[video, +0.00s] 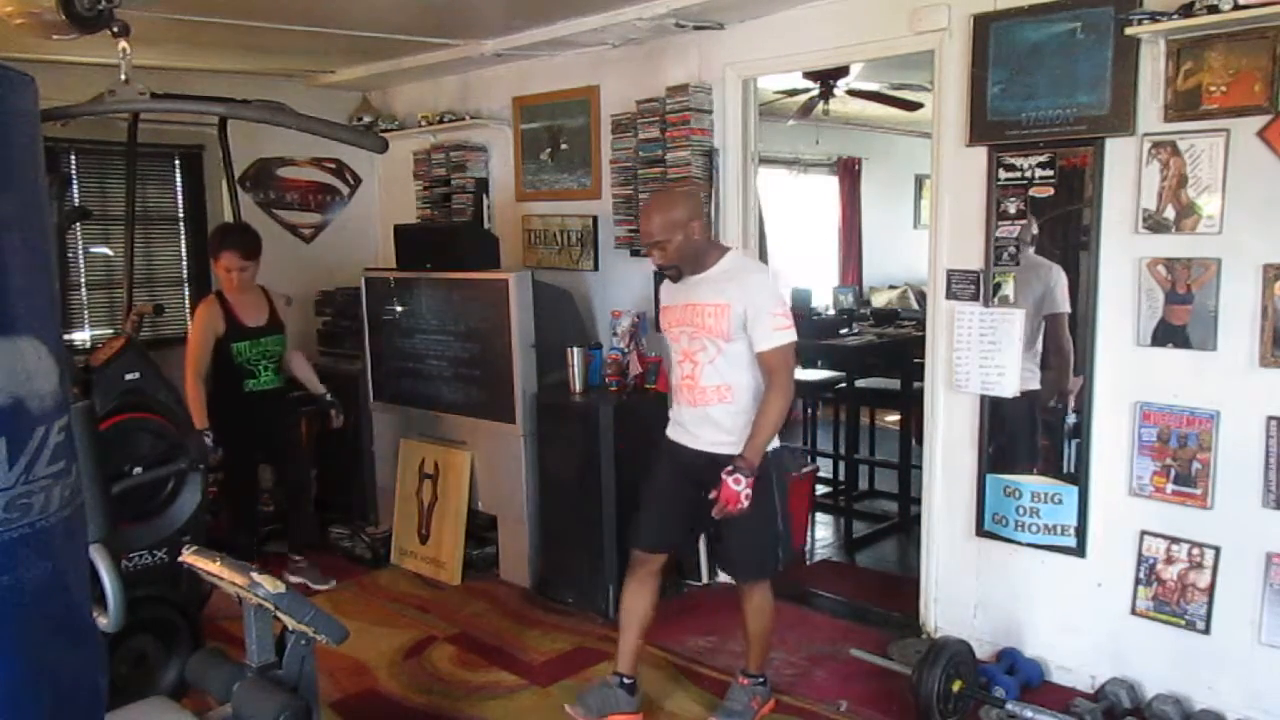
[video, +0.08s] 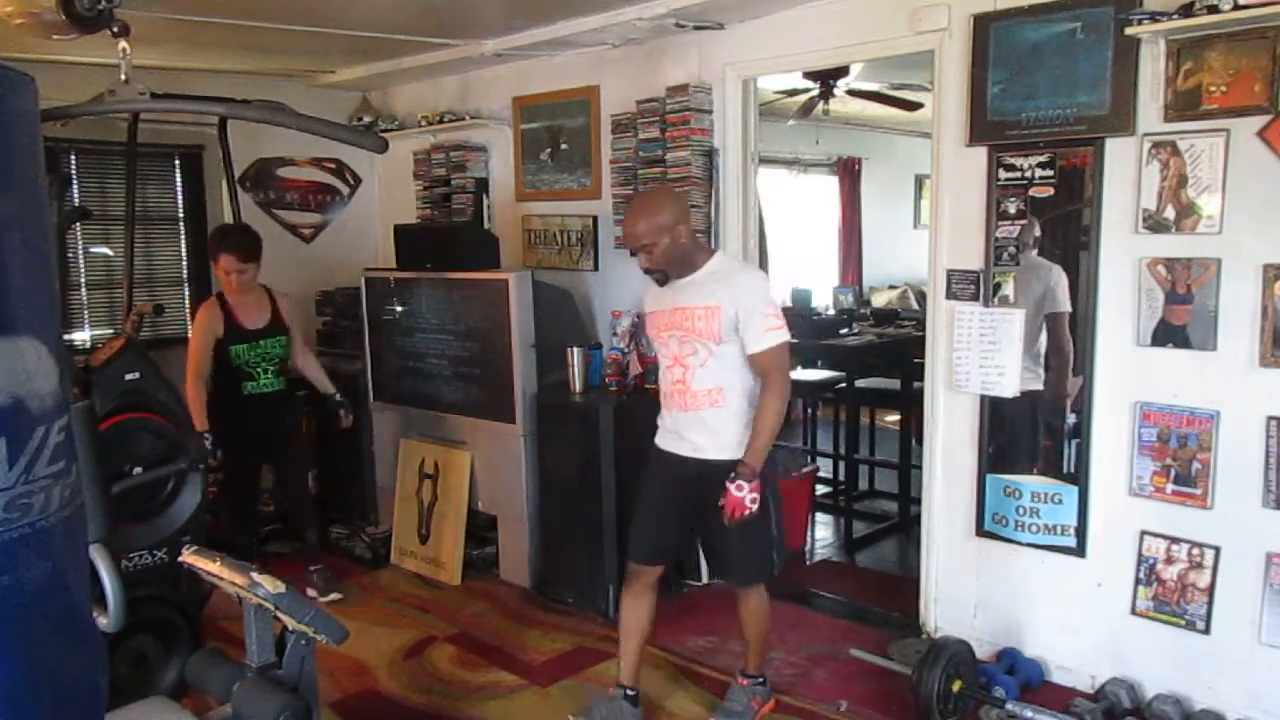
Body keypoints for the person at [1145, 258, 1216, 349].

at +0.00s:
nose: (1179, 273)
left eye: (1183, 269)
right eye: (1176, 269)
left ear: (1188, 273)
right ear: (1172, 272)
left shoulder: (1191, 287)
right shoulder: (1168, 286)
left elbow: (1213, 267)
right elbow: (1151, 265)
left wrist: (1195, 263)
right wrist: (1166, 262)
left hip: (1182, 329)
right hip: (1165, 328)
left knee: (1190, 358)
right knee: (1154, 356)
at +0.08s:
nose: (1179, 273)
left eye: (1183, 269)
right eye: (1176, 269)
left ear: (1188, 273)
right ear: (1172, 272)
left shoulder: (1192, 287)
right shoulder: (1168, 286)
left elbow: (1213, 267)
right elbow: (1151, 265)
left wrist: (1194, 263)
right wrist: (1167, 263)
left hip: (1182, 329)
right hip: (1165, 328)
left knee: (1190, 357)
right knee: (1154, 357)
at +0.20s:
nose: (1180, 272)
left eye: (1183, 269)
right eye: (1176, 269)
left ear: (1188, 271)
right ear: (1171, 272)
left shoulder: (1191, 287)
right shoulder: (1168, 286)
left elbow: (1213, 268)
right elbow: (1151, 266)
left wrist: (1196, 262)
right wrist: (1166, 260)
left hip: (1181, 329)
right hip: (1164, 327)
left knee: (1189, 358)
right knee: (1154, 357)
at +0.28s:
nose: (1180, 273)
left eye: (1183, 269)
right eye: (1177, 270)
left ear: (1188, 271)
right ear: (1172, 272)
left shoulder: (1191, 287)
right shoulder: (1168, 286)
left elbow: (1213, 268)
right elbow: (1151, 266)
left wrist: (1196, 262)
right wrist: (1166, 261)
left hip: (1181, 329)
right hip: (1164, 327)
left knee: (1189, 358)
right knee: (1154, 357)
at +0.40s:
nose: (1181, 272)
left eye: (1183, 269)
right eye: (1177, 270)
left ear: (1188, 271)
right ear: (1172, 272)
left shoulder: (1191, 287)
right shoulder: (1168, 286)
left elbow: (1213, 268)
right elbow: (1151, 265)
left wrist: (1196, 262)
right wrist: (1166, 261)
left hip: (1181, 329)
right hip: (1164, 327)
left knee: (1189, 358)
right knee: (1154, 357)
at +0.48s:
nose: (1180, 273)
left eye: (1183, 269)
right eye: (1176, 270)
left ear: (1188, 271)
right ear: (1172, 272)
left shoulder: (1192, 287)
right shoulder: (1168, 286)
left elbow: (1213, 268)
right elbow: (1151, 266)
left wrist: (1196, 262)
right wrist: (1165, 261)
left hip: (1181, 329)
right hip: (1164, 327)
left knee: (1189, 358)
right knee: (1154, 357)